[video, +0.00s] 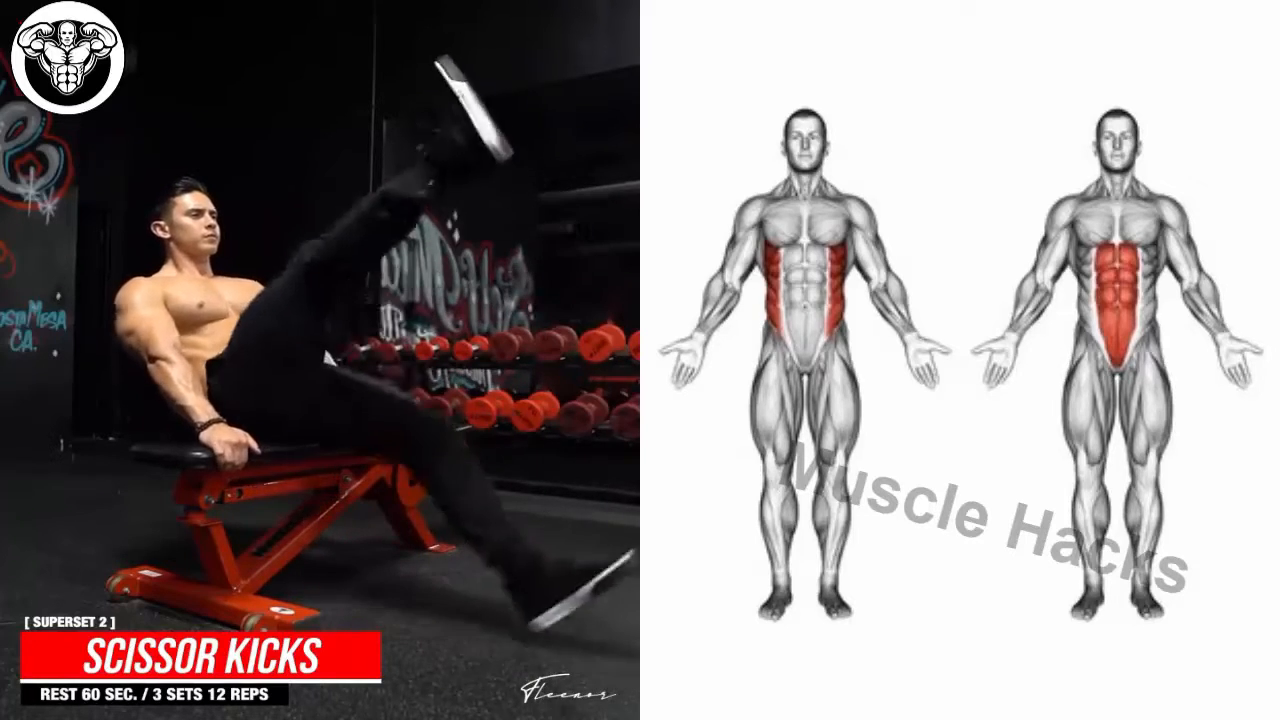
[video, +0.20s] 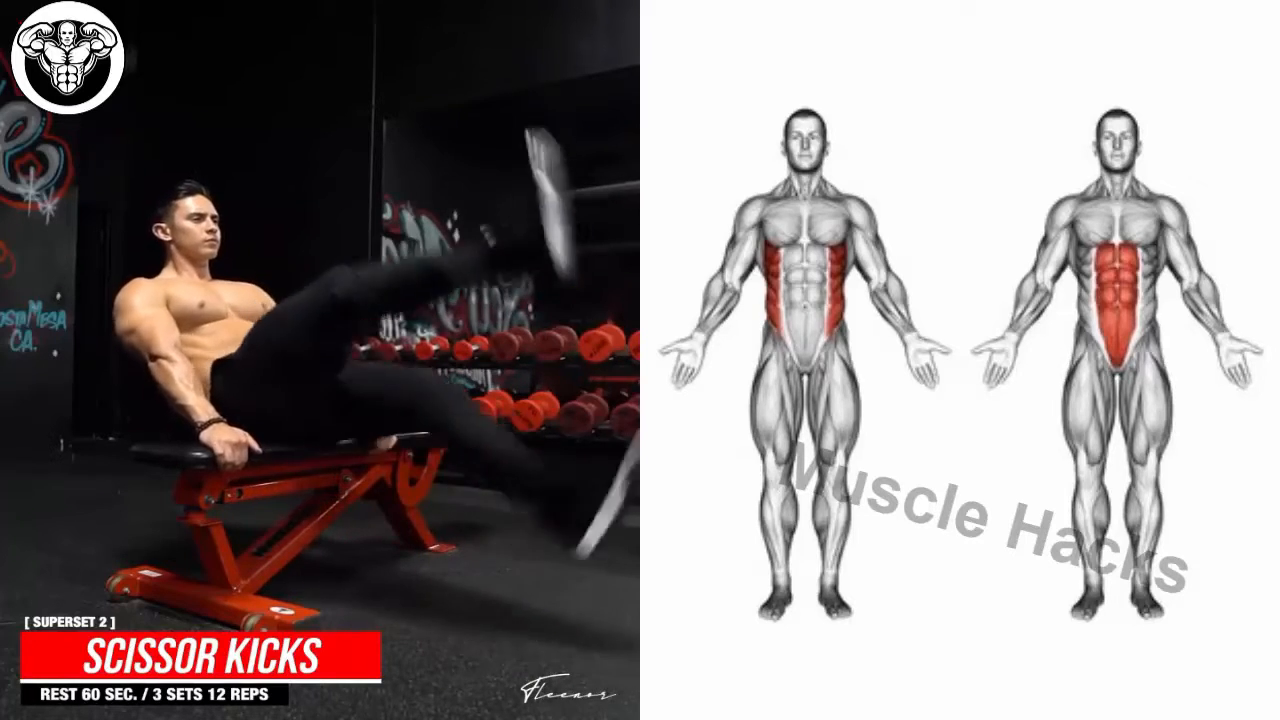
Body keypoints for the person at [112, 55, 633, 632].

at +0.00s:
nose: (209, 219)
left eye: (210, 211)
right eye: (194, 212)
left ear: (212, 227)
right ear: (162, 228)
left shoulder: (249, 289)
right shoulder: (141, 291)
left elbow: (303, 321)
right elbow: (166, 361)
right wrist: (208, 425)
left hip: (303, 395)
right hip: (243, 386)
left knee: (430, 433)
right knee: (314, 265)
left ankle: (531, 581)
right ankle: (444, 162)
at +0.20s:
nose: (211, 226)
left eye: (214, 218)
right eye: (196, 217)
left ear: (217, 230)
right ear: (163, 230)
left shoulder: (249, 293)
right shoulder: (141, 295)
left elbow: (305, 352)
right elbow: (165, 361)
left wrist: (359, 421)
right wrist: (209, 424)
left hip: (309, 399)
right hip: (248, 402)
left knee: (431, 390)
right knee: (338, 292)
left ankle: (556, 497)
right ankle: (498, 256)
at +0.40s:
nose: (214, 226)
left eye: (216, 218)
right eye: (198, 217)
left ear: (218, 230)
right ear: (166, 230)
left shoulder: (251, 293)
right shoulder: (144, 292)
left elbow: (313, 353)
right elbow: (167, 360)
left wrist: (368, 411)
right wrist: (210, 425)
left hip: (300, 376)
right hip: (242, 392)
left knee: (410, 317)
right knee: (380, 377)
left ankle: (562, 295)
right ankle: (553, 471)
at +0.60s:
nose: (222, 224)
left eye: (226, 215)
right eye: (208, 214)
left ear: (230, 226)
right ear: (175, 223)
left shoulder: (254, 289)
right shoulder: (148, 284)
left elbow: (314, 352)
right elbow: (162, 355)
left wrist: (363, 404)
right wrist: (208, 422)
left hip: (303, 375)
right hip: (250, 389)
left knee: (380, 288)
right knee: (382, 428)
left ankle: (521, 209)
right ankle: (512, 579)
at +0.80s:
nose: (215, 223)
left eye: (219, 214)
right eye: (201, 214)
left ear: (223, 225)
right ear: (169, 225)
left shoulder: (253, 289)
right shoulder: (145, 287)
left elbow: (315, 353)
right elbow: (166, 358)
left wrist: (365, 408)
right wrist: (210, 422)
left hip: (299, 383)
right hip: (243, 397)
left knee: (416, 324)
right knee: (372, 357)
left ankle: (561, 363)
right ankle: (537, 441)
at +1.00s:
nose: (215, 221)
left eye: (218, 211)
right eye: (200, 212)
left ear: (223, 220)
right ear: (168, 223)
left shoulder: (258, 284)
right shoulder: (147, 286)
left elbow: (310, 341)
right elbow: (166, 357)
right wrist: (211, 423)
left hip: (311, 397)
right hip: (248, 396)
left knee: (435, 425)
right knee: (341, 293)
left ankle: (560, 562)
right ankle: (516, 247)